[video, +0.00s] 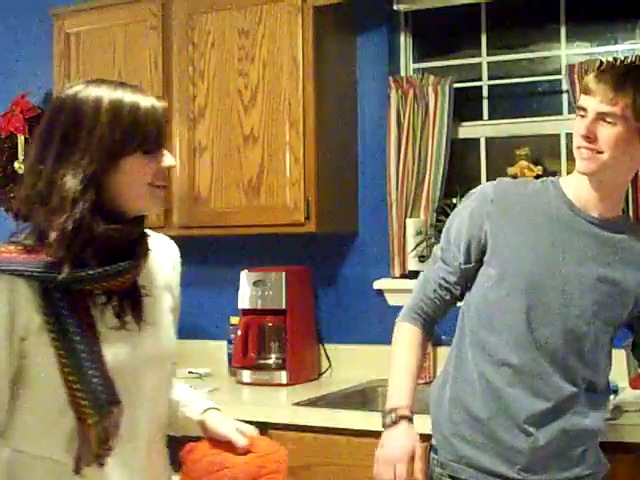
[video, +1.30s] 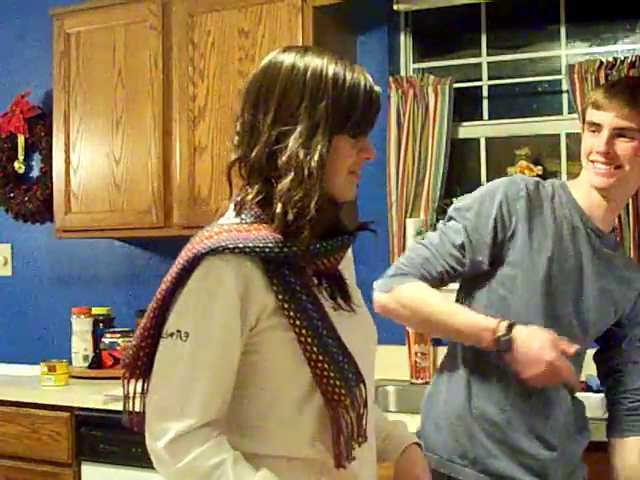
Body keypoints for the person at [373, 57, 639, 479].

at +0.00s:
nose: (585, 130)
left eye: (608, 119)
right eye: (582, 113)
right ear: (572, 116)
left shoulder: (633, 254)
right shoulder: (494, 205)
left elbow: (636, 369)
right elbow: (416, 315)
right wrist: (398, 420)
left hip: (570, 466)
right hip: (463, 460)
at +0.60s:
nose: (622, 139)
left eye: (637, 128)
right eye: (613, 121)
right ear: (590, 125)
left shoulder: (632, 261)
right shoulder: (509, 199)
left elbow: (635, 380)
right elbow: (408, 293)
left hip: (582, 462)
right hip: (490, 456)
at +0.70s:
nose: (618, 142)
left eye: (636, 130)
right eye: (607, 122)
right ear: (584, 123)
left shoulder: (633, 260)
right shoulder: (506, 204)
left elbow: (637, 381)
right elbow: (419, 315)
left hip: (586, 467)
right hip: (491, 460)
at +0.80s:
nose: (622, 147)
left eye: (638, 135)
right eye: (611, 126)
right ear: (581, 125)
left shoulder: (630, 255)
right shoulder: (507, 202)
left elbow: (630, 365)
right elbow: (440, 322)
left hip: (587, 463)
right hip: (493, 459)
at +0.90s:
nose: (630, 149)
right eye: (617, 129)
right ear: (581, 127)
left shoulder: (624, 255)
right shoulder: (511, 200)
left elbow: (635, 375)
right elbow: (446, 331)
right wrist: (564, 283)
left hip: (588, 459)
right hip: (498, 456)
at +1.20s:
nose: (611, 148)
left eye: (629, 135)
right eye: (600, 129)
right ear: (582, 132)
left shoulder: (627, 281)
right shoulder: (516, 201)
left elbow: (625, 426)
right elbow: (412, 311)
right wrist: (540, 320)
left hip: (570, 467)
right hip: (475, 461)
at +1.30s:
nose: (603, 147)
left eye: (624, 136)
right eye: (595, 129)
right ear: (582, 132)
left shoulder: (627, 281)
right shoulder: (513, 201)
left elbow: (628, 413)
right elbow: (392, 291)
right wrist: (506, 337)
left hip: (558, 466)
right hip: (464, 459)